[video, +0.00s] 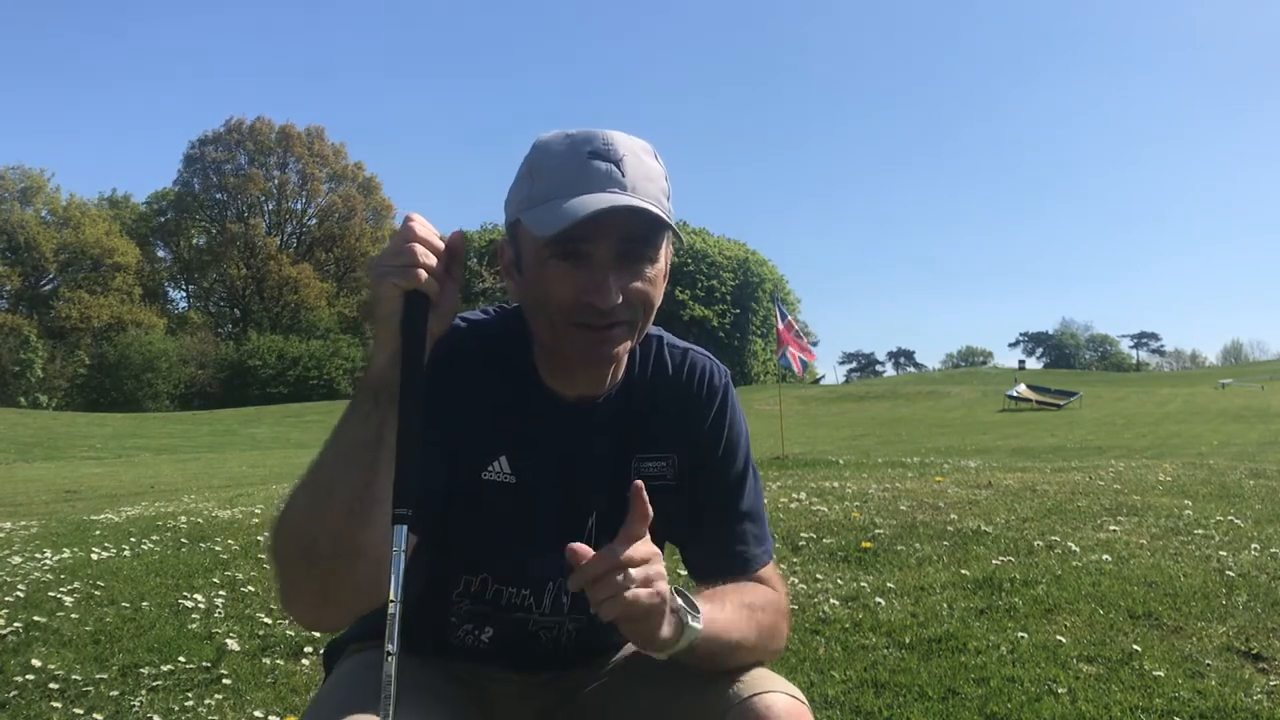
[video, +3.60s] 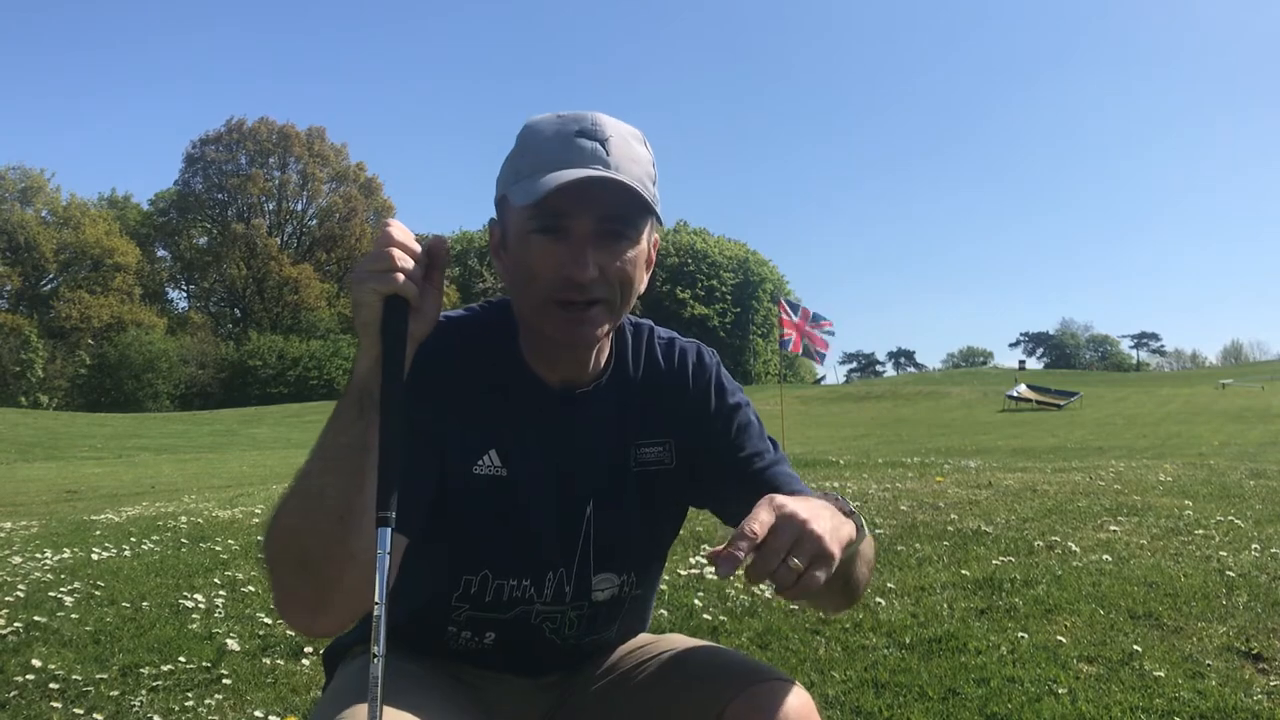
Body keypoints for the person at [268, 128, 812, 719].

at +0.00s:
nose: (607, 292)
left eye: (636, 254)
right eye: (570, 253)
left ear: (666, 268)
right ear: (509, 263)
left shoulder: (693, 388)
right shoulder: (441, 367)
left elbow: (763, 613)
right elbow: (316, 602)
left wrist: (676, 618)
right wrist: (388, 365)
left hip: (609, 668)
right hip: (435, 668)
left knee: (776, 709)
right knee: (351, 710)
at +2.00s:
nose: (596, 289)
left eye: (626, 254)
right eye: (564, 253)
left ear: (663, 275)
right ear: (510, 263)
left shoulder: (689, 390)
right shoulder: (437, 369)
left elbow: (765, 607)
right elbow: (303, 606)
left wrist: (668, 647)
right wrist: (377, 367)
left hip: (612, 670)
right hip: (432, 669)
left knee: (778, 711)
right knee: (346, 715)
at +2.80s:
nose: (610, 316)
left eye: (638, 281)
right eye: (578, 279)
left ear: (668, 278)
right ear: (514, 269)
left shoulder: (692, 392)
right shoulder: (435, 370)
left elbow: (752, 587)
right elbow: (312, 607)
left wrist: (748, 624)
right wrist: (379, 368)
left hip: (606, 672)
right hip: (433, 673)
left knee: (780, 711)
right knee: (352, 715)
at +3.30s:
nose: (600, 295)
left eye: (628, 259)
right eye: (569, 257)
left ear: (659, 261)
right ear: (505, 254)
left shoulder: (683, 379)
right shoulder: (433, 364)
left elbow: (789, 617)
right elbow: (314, 608)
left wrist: (808, 558)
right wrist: (379, 369)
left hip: (606, 665)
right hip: (434, 672)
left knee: (782, 708)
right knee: (371, 712)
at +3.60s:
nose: (584, 268)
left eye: (614, 234)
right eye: (552, 231)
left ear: (650, 253)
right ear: (500, 244)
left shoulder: (682, 376)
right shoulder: (432, 362)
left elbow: (839, 584)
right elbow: (309, 607)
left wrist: (832, 532)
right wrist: (376, 364)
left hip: (605, 665)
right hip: (431, 672)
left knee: (780, 707)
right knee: (368, 713)